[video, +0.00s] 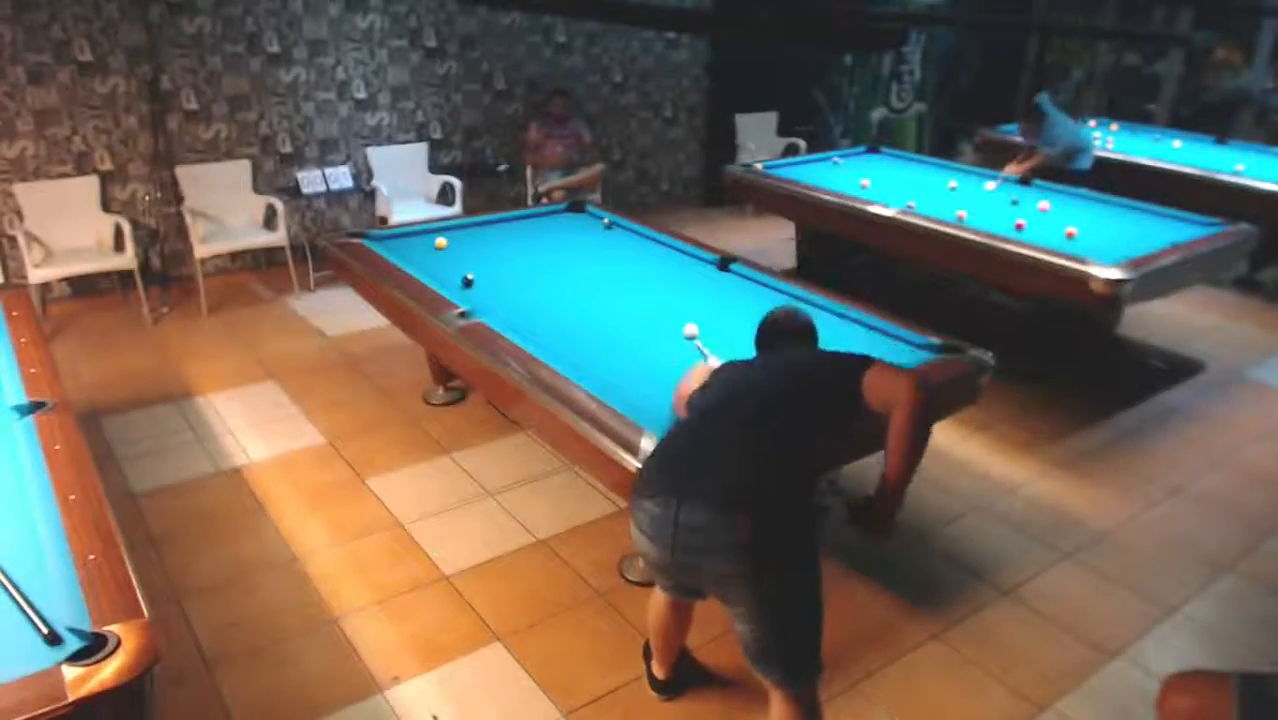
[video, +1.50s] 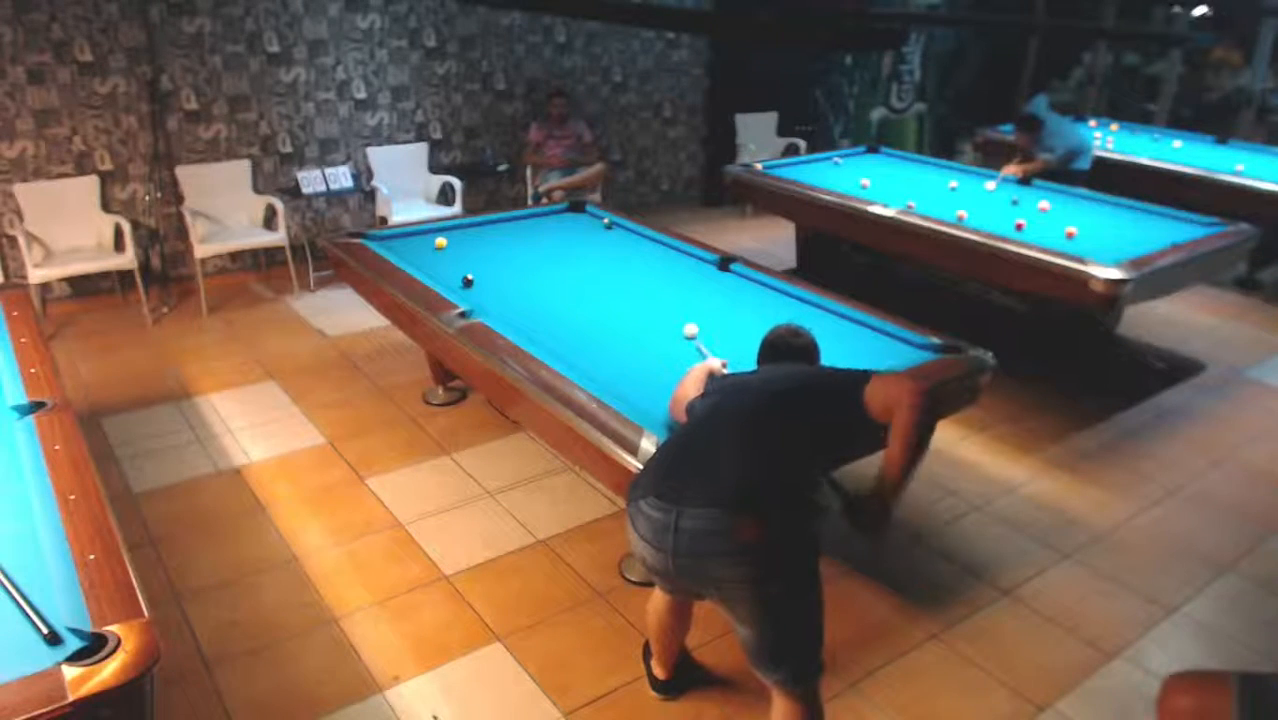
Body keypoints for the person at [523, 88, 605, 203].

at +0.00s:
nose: (559, 111)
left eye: (563, 106)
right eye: (555, 106)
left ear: (569, 107)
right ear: (548, 107)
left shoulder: (577, 125)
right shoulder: (538, 126)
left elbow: (589, 148)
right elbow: (529, 156)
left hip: (573, 168)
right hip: (547, 170)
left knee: (599, 168)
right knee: (558, 195)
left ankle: (548, 189)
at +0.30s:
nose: (559, 110)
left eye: (563, 106)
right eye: (555, 106)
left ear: (568, 107)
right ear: (548, 107)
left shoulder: (578, 126)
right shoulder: (539, 127)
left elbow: (592, 155)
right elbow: (528, 156)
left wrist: (572, 160)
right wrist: (553, 161)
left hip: (576, 166)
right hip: (550, 169)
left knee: (602, 169)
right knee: (558, 196)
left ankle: (551, 186)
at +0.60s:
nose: (561, 111)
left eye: (563, 106)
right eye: (557, 107)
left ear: (569, 107)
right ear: (549, 108)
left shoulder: (578, 125)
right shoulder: (539, 127)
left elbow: (592, 153)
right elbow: (528, 157)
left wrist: (574, 160)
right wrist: (553, 162)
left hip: (577, 166)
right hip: (551, 169)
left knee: (601, 169)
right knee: (559, 196)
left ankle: (548, 188)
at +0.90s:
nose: (560, 111)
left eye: (563, 106)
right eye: (556, 107)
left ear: (569, 107)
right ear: (549, 108)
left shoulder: (578, 125)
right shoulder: (539, 127)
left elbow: (592, 152)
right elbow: (528, 157)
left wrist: (574, 161)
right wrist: (553, 162)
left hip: (577, 166)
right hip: (551, 169)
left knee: (601, 169)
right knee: (559, 196)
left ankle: (548, 187)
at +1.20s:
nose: (560, 111)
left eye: (563, 106)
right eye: (555, 107)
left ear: (568, 107)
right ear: (549, 108)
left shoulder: (578, 125)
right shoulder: (540, 127)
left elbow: (593, 155)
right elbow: (528, 156)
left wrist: (572, 160)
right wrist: (551, 162)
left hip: (576, 166)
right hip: (552, 169)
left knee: (601, 168)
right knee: (558, 196)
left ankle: (550, 187)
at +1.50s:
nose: (560, 111)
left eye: (563, 106)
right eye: (555, 107)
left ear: (568, 108)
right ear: (549, 108)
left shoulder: (578, 125)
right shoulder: (540, 127)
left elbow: (593, 155)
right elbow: (528, 157)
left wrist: (572, 160)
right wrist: (552, 162)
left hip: (576, 166)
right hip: (552, 169)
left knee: (601, 168)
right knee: (558, 196)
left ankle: (549, 187)